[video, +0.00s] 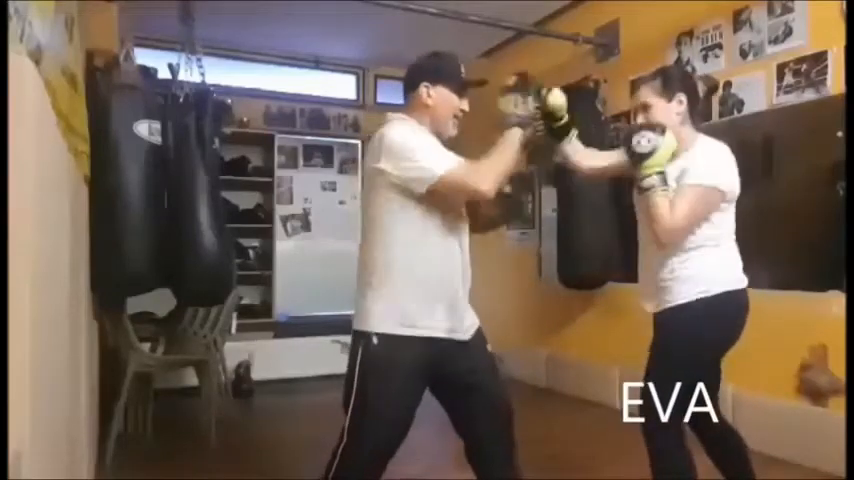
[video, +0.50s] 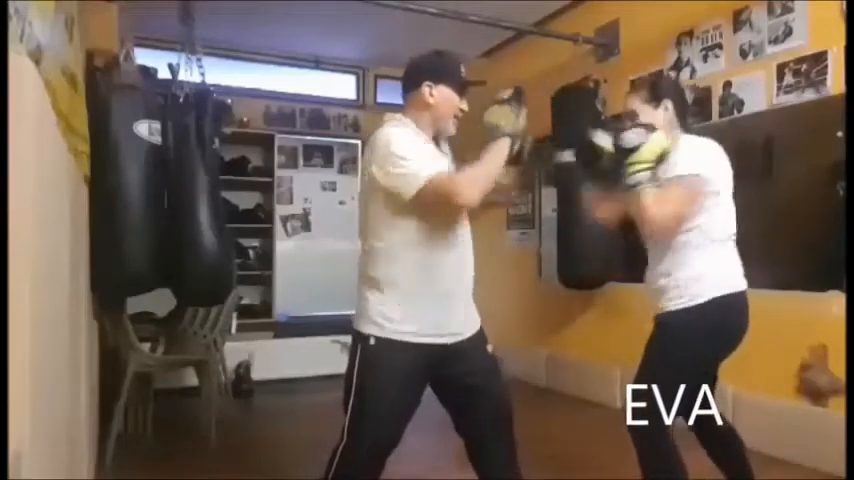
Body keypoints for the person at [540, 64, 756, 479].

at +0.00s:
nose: (639, 119)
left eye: (646, 107)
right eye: (636, 111)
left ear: (679, 104)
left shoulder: (713, 156)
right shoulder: (653, 153)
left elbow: (668, 232)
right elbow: (588, 161)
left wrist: (651, 170)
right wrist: (558, 124)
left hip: (708, 301)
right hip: (677, 304)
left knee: (659, 416)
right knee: (702, 412)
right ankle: (743, 475)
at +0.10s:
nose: (638, 121)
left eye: (647, 110)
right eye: (636, 112)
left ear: (678, 106)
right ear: (671, 108)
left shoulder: (713, 154)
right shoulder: (659, 157)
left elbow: (666, 222)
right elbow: (609, 201)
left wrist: (644, 158)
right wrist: (584, 160)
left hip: (709, 307)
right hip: (678, 308)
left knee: (656, 418)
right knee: (699, 412)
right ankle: (743, 475)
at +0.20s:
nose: (629, 157)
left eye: (629, 149)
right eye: (626, 150)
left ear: (643, 143)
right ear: (672, 129)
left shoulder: (680, 153)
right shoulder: (704, 156)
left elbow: (599, 193)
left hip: (697, 318)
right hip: (731, 312)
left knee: (638, 413)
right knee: (696, 409)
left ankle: (662, 475)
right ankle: (741, 474)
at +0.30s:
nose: (625, 129)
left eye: (629, 122)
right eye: (626, 123)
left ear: (645, 127)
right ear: (675, 125)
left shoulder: (653, 170)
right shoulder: (699, 163)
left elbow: (592, 202)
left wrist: (598, 159)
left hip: (700, 324)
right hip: (742, 316)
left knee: (636, 417)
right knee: (695, 408)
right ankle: (742, 474)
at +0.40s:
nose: (629, 134)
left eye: (634, 124)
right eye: (628, 125)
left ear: (661, 120)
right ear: (665, 121)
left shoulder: (657, 162)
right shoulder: (692, 155)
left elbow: (614, 223)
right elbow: (668, 228)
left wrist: (599, 175)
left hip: (696, 316)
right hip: (731, 310)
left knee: (638, 415)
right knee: (694, 408)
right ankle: (741, 474)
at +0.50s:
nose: (630, 125)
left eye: (636, 114)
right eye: (627, 117)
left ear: (666, 109)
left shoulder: (698, 152)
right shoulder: (662, 160)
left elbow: (658, 224)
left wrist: (640, 170)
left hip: (704, 308)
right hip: (686, 309)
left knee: (643, 414)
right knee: (696, 407)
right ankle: (742, 474)